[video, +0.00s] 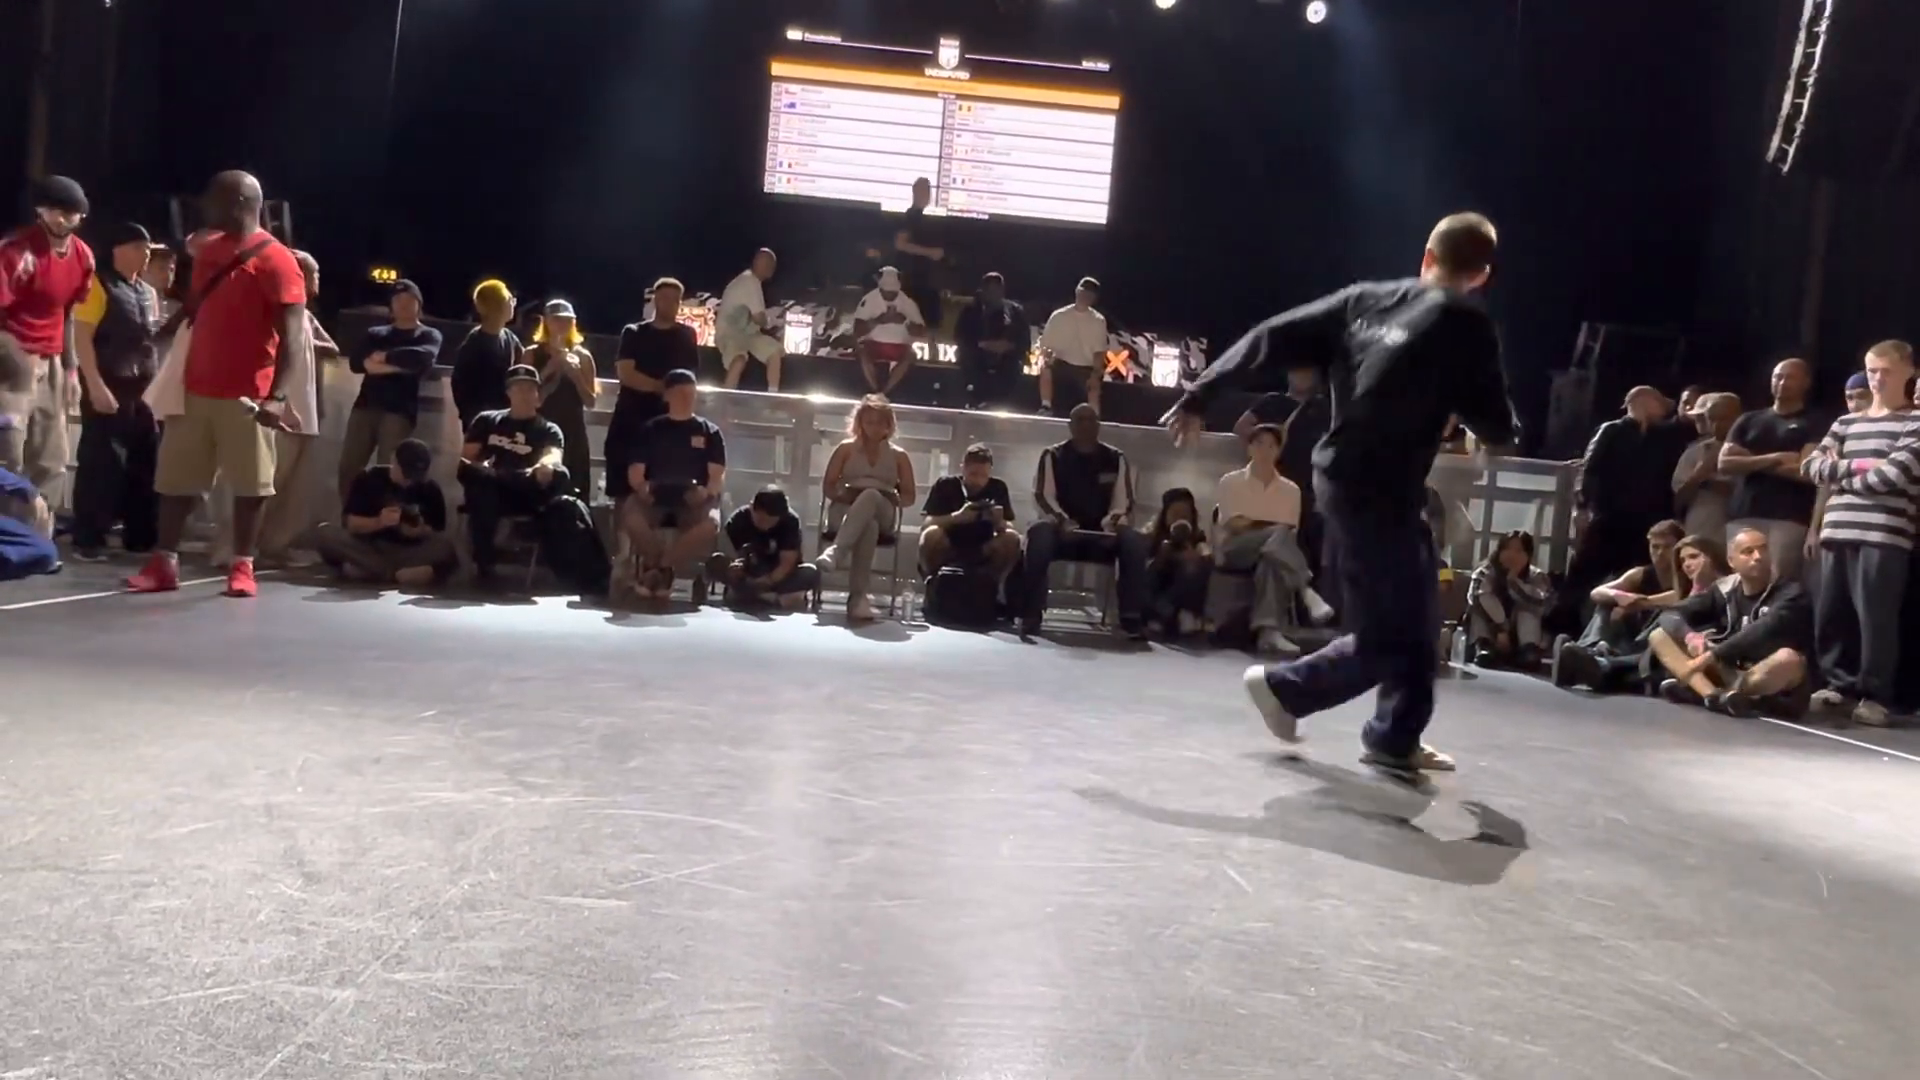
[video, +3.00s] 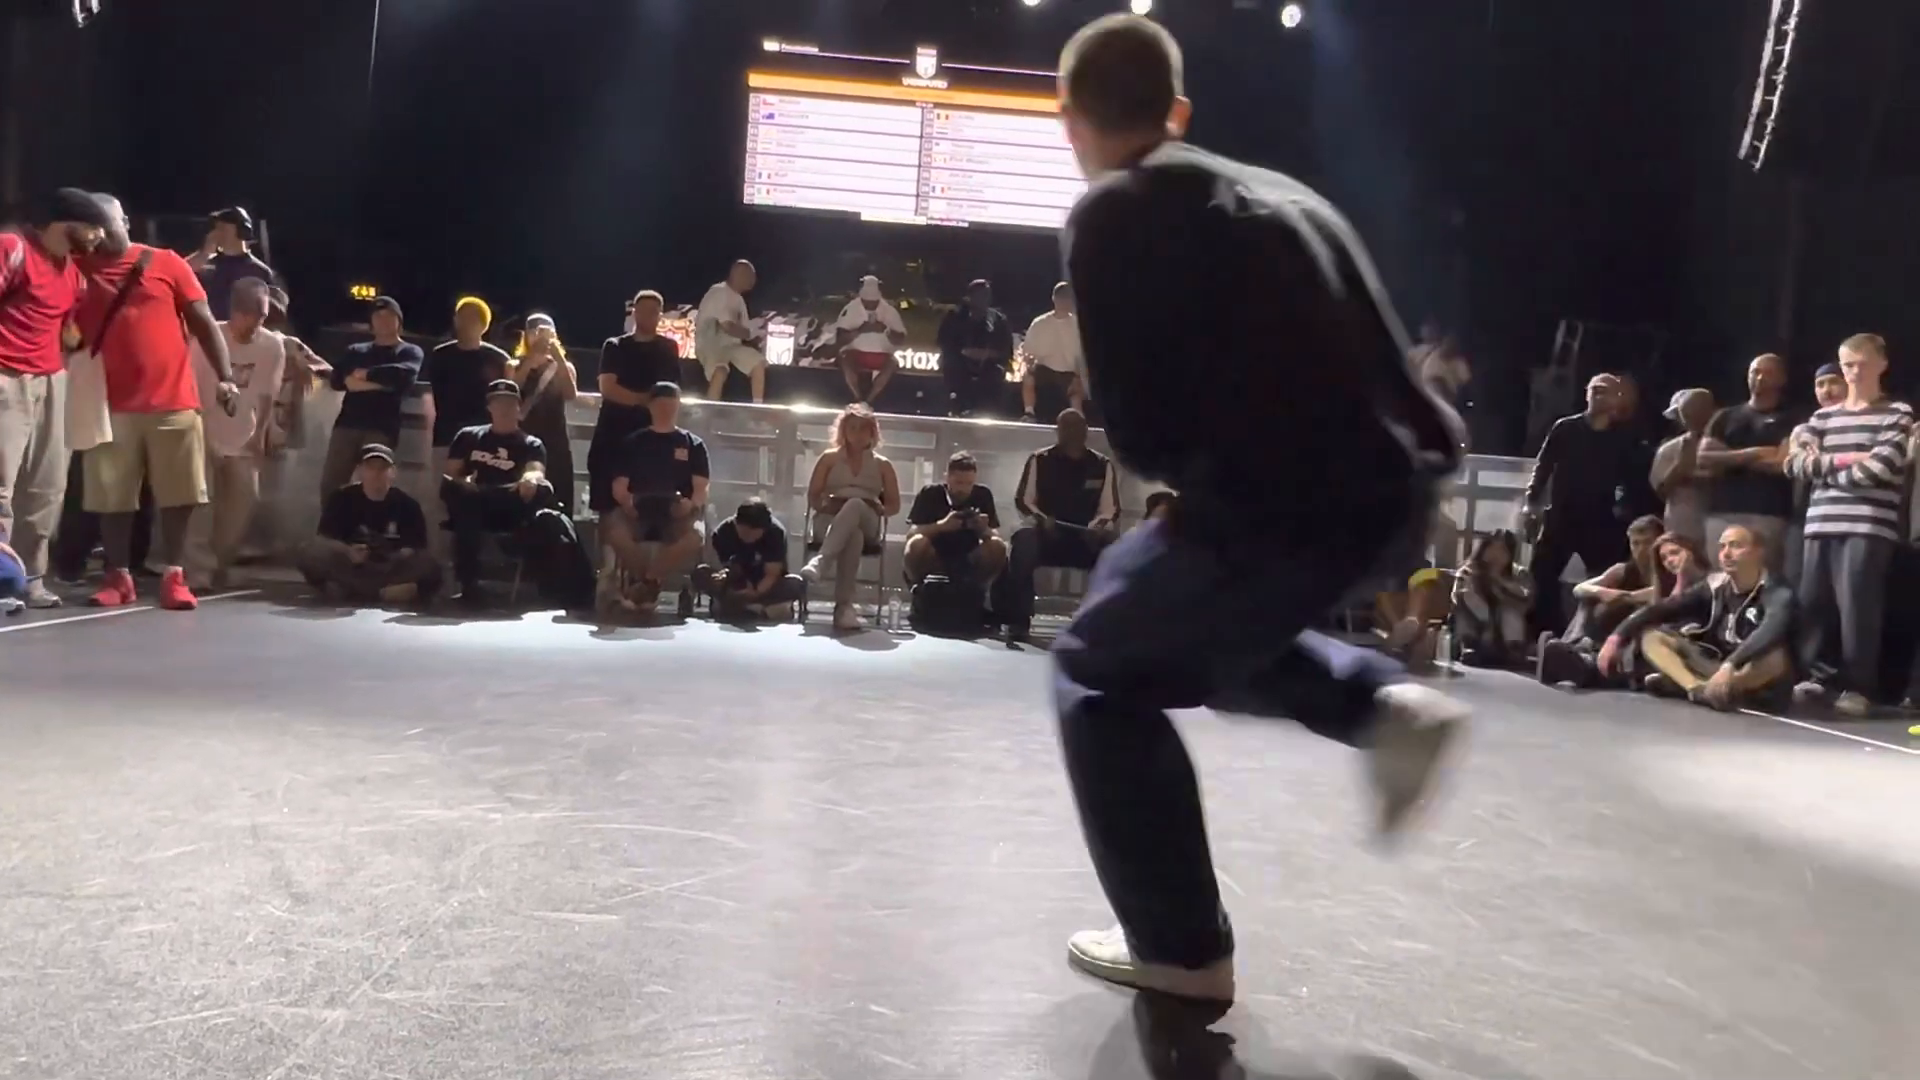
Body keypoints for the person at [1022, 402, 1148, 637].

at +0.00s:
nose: (1085, 426)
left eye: (1091, 421)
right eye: (1079, 421)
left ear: (1099, 425)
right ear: (1070, 425)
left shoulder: (1116, 458)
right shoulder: (1053, 456)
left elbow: (1123, 501)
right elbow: (1044, 496)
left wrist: (1114, 518)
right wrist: (1062, 519)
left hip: (1102, 536)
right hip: (1067, 534)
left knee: (1133, 540)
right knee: (1040, 532)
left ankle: (1132, 619)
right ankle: (1032, 616)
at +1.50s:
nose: (1087, 429)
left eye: (1093, 423)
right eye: (1081, 423)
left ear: (1102, 428)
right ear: (1071, 428)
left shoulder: (1118, 462)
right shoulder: (1053, 457)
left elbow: (1123, 503)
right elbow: (1037, 500)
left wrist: (1114, 519)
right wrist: (1053, 486)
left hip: (1099, 535)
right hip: (1062, 533)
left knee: (1132, 541)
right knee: (1040, 536)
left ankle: (1132, 619)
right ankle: (1031, 619)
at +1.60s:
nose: (1088, 429)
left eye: (1093, 423)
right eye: (1082, 423)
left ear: (1102, 428)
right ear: (1072, 428)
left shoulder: (1119, 462)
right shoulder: (1056, 454)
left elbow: (1123, 502)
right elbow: (1037, 495)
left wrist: (1115, 519)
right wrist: (1054, 463)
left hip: (1099, 535)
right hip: (1062, 533)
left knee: (1132, 541)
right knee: (1042, 534)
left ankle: (1132, 619)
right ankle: (1032, 619)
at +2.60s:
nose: (1081, 433)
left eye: (1087, 427)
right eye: (1075, 427)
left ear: (1095, 432)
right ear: (1066, 430)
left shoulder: (1112, 465)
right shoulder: (1047, 457)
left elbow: (1116, 508)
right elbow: (1029, 501)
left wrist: (1105, 524)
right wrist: (1041, 484)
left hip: (1090, 537)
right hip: (1053, 535)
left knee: (1123, 543)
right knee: (1033, 538)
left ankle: (1123, 621)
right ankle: (1023, 621)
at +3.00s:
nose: (1072, 436)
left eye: (1077, 430)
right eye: (1066, 430)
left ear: (1086, 432)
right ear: (1057, 432)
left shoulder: (1102, 465)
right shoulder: (1038, 460)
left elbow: (1109, 508)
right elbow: (1024, 500)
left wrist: (1100, 522)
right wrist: (1040, 518)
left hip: (1085, 536)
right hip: (1049, 534)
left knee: (1112, 544)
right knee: (1023, 539)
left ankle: (1104, 626)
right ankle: (1019, 622)